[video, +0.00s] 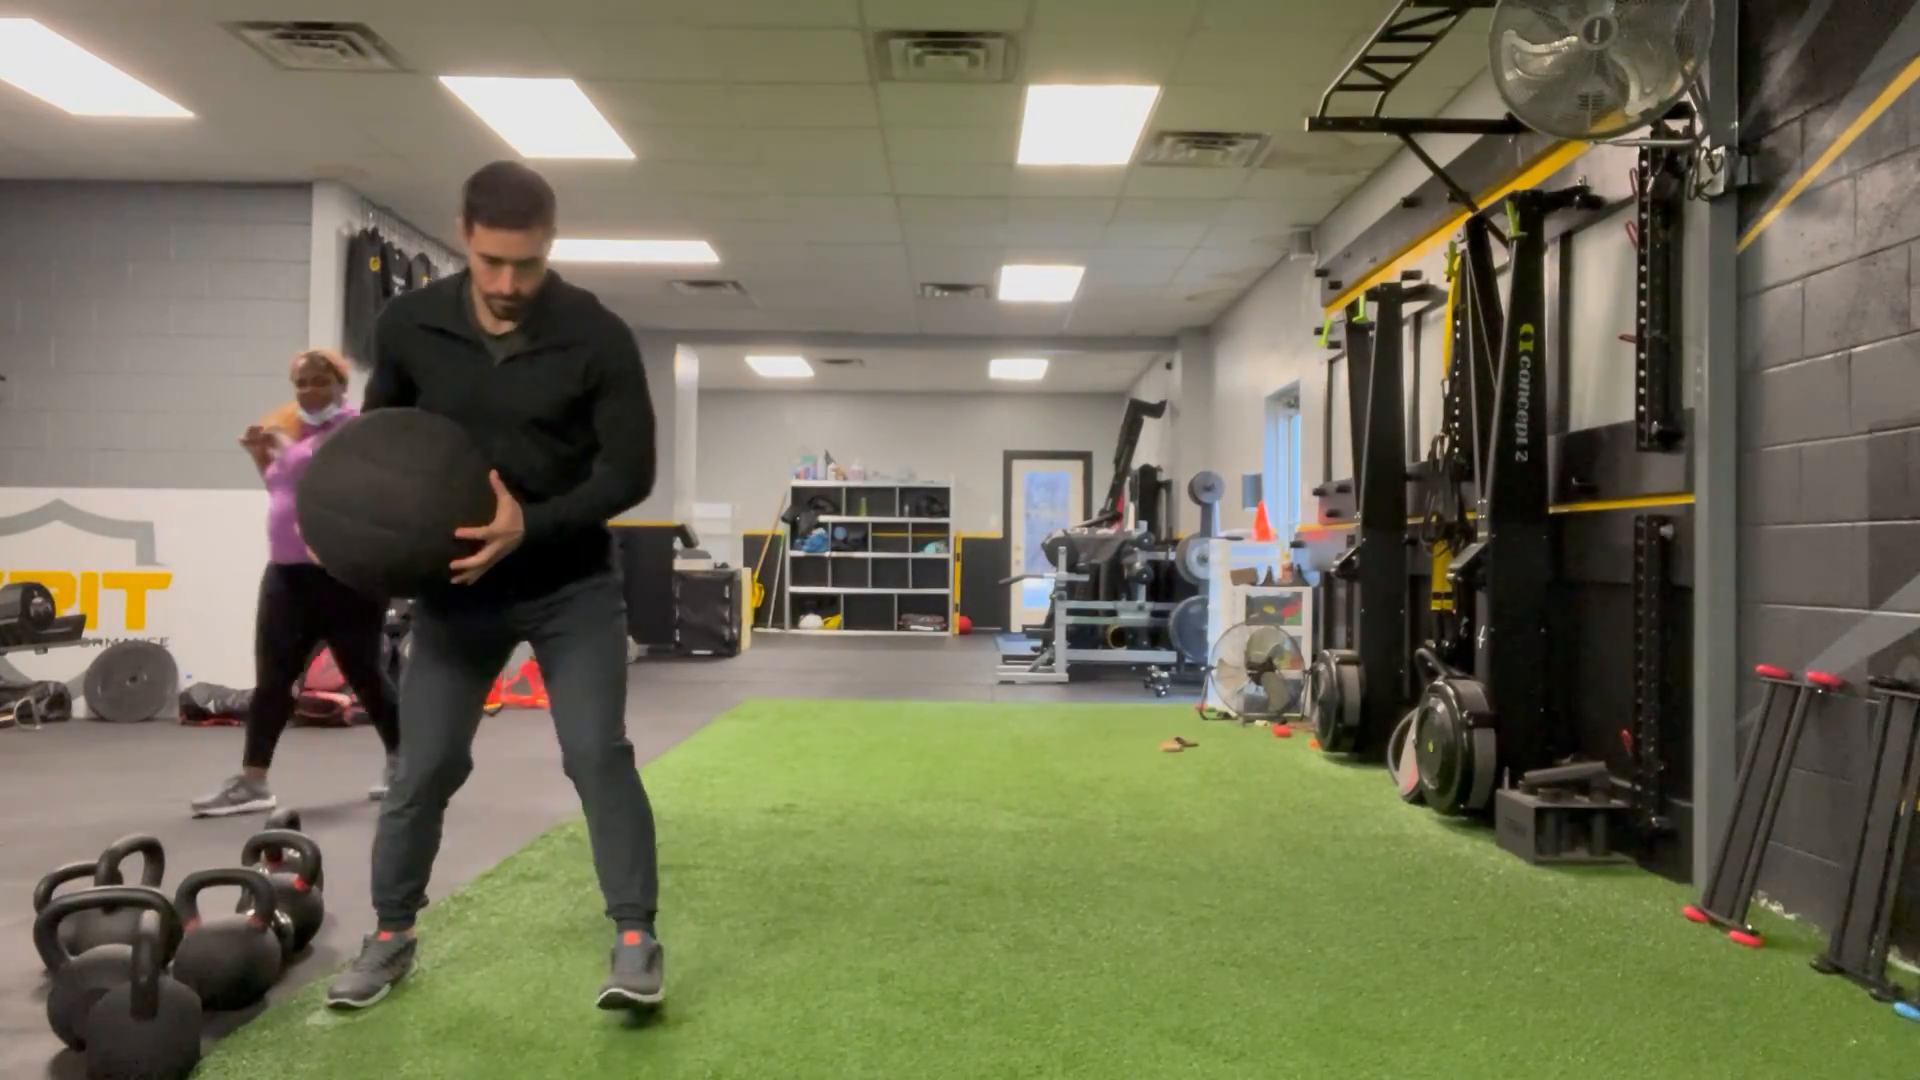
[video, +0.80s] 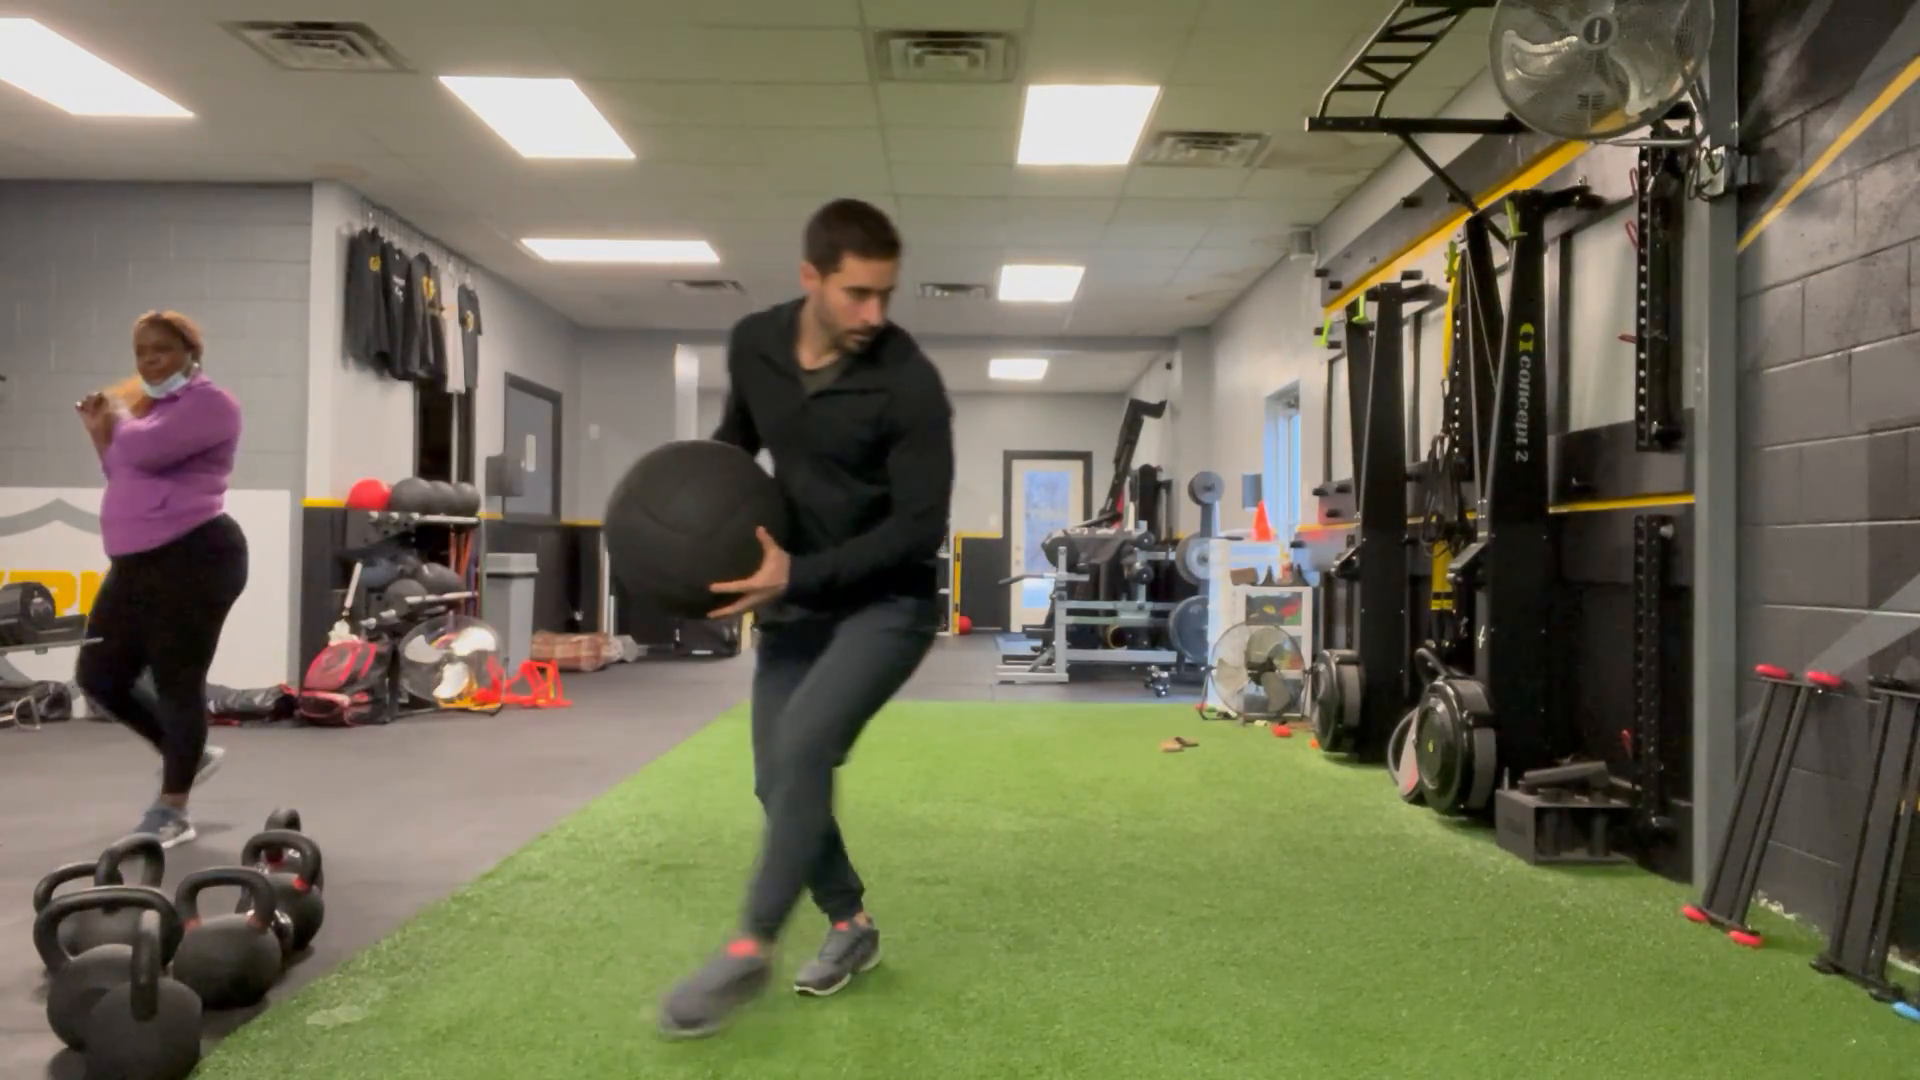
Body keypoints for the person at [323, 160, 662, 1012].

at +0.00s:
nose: (507, 283)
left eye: (526, 265)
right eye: (491, 263)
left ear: (553, 248)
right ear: (463, 241)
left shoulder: (597, 335)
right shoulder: (410, 325)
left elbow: (630, 471)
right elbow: (380, 446)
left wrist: (533, 520)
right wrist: (372, 524)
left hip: (574, 585)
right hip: (457, 593)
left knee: (597, 751)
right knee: (422, 767)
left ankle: (635, 934)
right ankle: (390, 932)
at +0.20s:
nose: (585, 287)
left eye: (602, 268)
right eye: (569, 266)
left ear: (626, 253)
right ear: (540, 248)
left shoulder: (669, 344)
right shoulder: (495, 328)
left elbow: (699, 490)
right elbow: (471, 436)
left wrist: (581, 537)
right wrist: (436, 518)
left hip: (647, 589)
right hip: (543, 591)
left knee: (631, 758)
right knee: (480, 768)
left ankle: (648, 958)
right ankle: (406, 932)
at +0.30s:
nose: (634, 291)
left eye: (650, 272)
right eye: (616, 270)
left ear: (670, 258)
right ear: (584, 250)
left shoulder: (706, 346)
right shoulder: (539, 327)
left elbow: (736, 494)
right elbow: (515, 447)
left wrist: (611, 543)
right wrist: (477, 532)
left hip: (686, 592)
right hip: (582, 595)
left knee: (647, 759)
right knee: (520, 771)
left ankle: (647, 963)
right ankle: (494, 911)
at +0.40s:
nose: (682, 292)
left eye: (697, 273)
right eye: (665, 272)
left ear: (715, 260)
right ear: (627, 253)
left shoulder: (740, 349)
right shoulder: (579, 327)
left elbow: (768, 501)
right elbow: (560, 435)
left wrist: (645, 545)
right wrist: (535, 520)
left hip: (721, 591)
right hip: (623, 587)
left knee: (660, 760)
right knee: (573, 766)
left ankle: (653, 958)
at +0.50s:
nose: (729, 293)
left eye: (743, 273)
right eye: (712, 272)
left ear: (757, 261)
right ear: (670, 254)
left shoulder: (779, 357)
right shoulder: (620, 328)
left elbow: (800, 503)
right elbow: (596, 432)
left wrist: (681, 548)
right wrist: (565, 513)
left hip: (751, 596)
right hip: (655, 593)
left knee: (674, 763)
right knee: (629, 771)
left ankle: (649, 966)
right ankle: (760, 851)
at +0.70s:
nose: (824, 307)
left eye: (835, 288)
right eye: (808, 287)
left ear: (845, 278)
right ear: (759, 269)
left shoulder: (863, 376)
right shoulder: (710, 338)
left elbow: (882, 518)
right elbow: (688, 443)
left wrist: (761, 564)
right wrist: (648, 525)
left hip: (839, 603)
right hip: (748, 603)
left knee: (743, 755)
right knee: (747, 778)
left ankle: (669, 961)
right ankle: (842, 916)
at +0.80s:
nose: (875, 313)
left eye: (886, 294)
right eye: (859, 293)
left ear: (894, 284)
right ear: (810, 276)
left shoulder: (909, 379)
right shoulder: (756, 344)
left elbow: (920, 529)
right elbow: (738, 439)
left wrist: (798, 574)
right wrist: (691, 519)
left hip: (891, 599)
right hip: (795, 600)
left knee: (804, 747)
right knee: (777, 776)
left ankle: (750, 946)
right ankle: (852, 924)